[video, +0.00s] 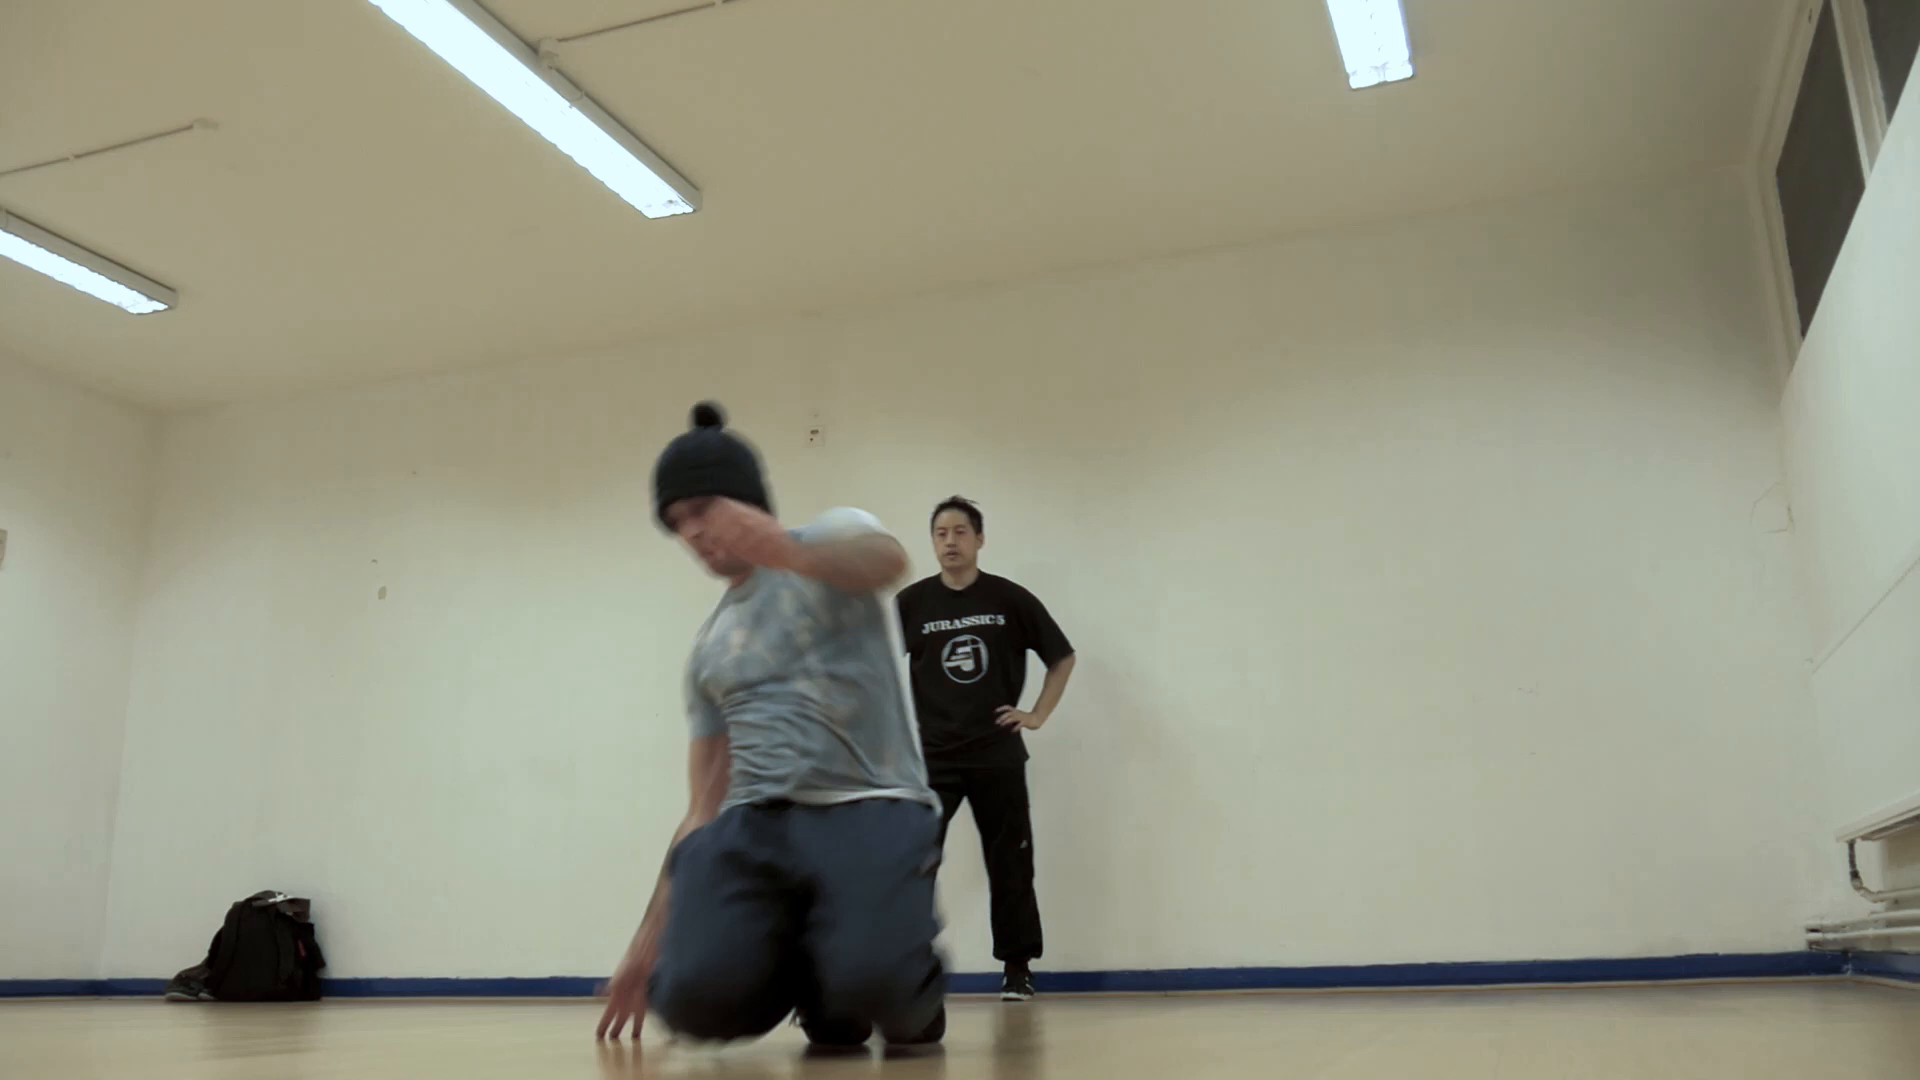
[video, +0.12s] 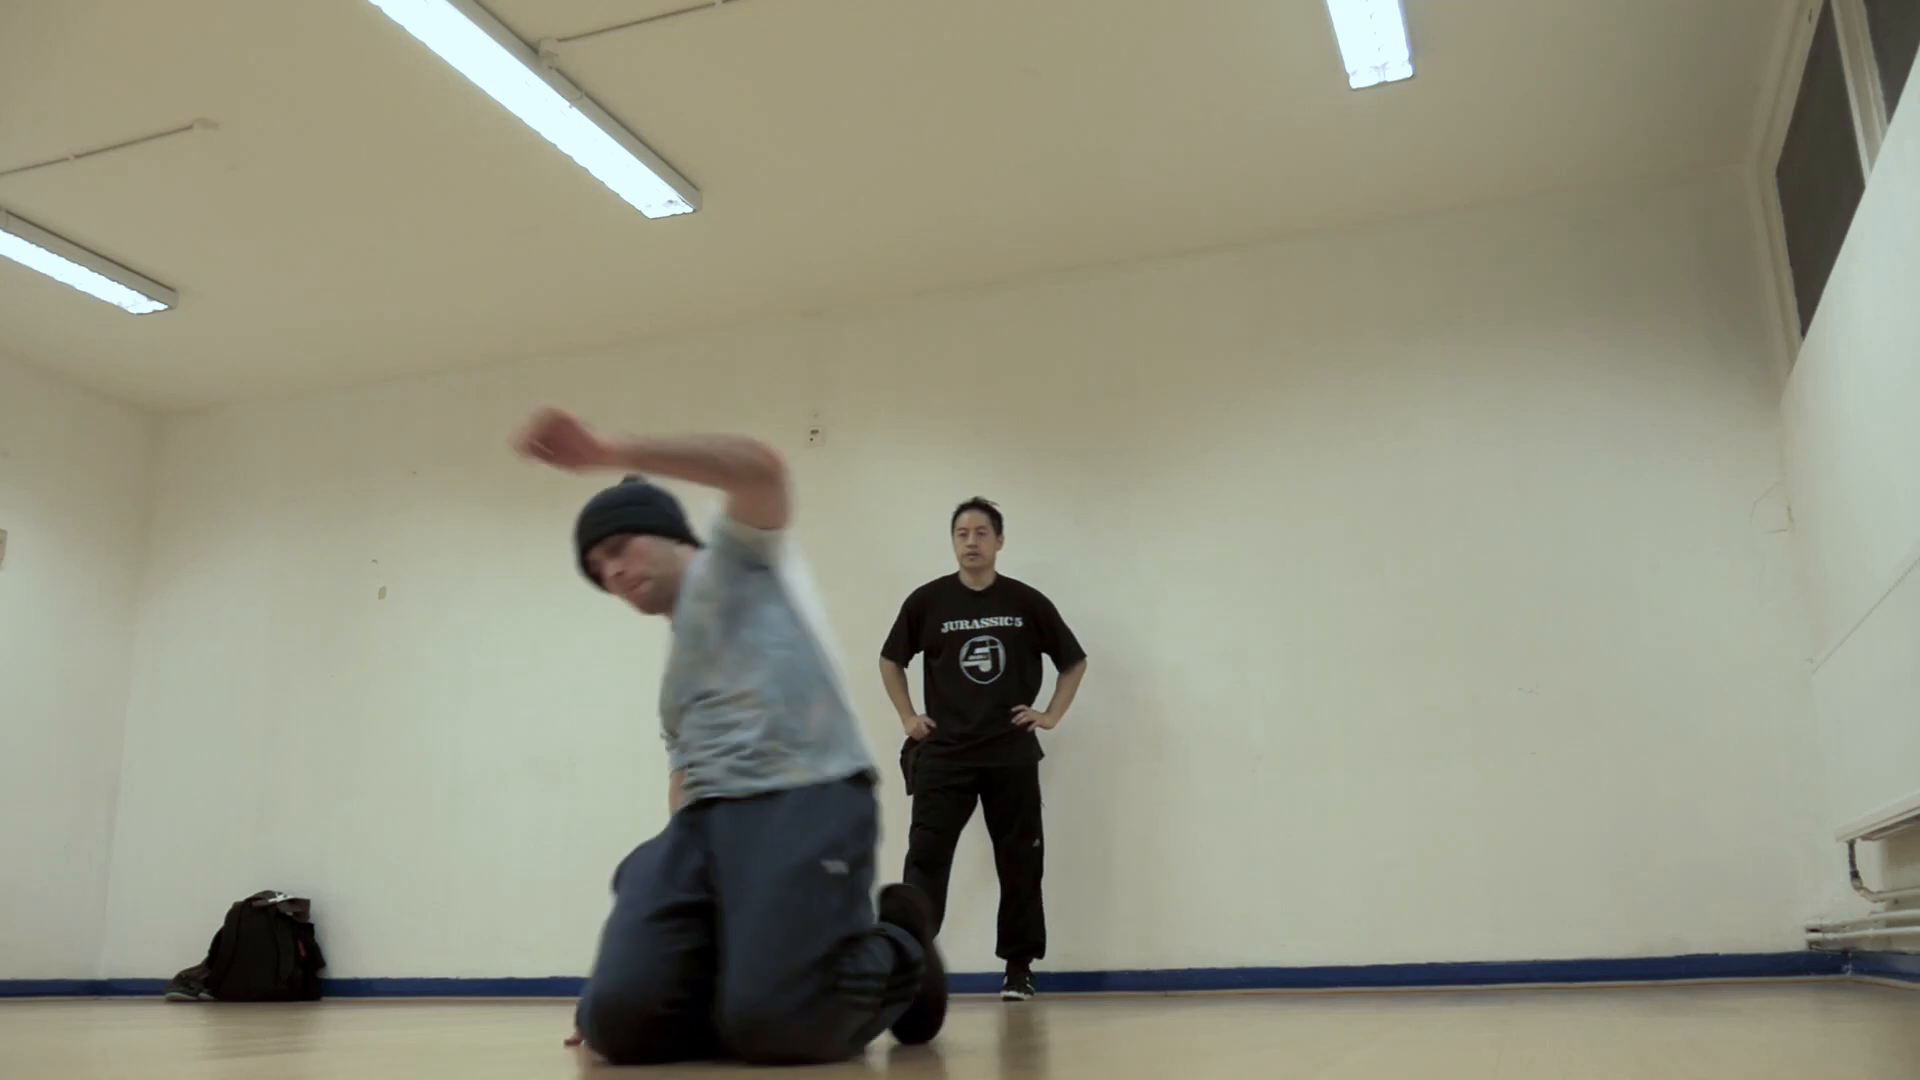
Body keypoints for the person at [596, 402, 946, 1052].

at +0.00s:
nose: (692, 533)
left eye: (700, 510)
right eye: (677, 524)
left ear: (743, 495)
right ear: (674, 535)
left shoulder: (825, 539)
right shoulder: (711, 646)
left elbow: (890, 562)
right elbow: (706, 813)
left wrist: (785, 550)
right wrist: (642, 957)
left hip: (869, 814)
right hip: (750, 831)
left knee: (871, 980)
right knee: (696, 1003)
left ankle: (912, 1005)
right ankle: (816, 982)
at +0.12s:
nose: (615, 573)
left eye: (621, 547)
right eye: (600, 572)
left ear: (666, 528)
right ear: (606, 590)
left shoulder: (739, 560)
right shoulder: (677, 679)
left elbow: (760, 468)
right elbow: (683, 810)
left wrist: (607, 451)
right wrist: (608, 1008)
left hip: (805, 806)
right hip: (702, 830)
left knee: (771, 1030)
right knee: (624, 1027)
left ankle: (901, 952)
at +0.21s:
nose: (576, 579)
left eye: (579, 555)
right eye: (565, 579)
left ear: (617, 529)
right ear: (576, 592)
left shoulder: (677, 548)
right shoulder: (647, 634)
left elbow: (718, 444)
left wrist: (591, 417)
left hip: (765, 792)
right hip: (691, 826)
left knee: (682, 1019)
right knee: (576, 1017)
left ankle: (935, 956)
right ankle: (891, 1025)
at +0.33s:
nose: (522, 567)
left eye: (527, 542)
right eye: (508, 568)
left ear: (567, 522)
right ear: (519, 586)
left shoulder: (606, 541)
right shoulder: (606, 642)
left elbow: (657, 507)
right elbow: (623, 758)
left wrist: (702, 464)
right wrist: (624, 842)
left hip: (719, 745)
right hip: (816, 774)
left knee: (592, 1010)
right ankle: (849, 1006)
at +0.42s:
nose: (501, 559)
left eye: (506, 533)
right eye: (485, 558)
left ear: (551, 514)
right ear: (495, 580)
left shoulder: (593, 527)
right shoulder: (590, 656)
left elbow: (679, 492)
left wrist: (746, 462)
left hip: (704, 715)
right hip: (810, 771)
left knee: (577, 1017)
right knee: (646, 1025)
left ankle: (663, 919)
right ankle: (778, 1010)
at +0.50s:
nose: (489, 548)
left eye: (491, 521)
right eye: (475, 551)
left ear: (535, 499)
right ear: (487, 573)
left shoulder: (600, 509)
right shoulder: (577, 657)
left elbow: (694, 445)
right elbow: (603, 758)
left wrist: (701, 407)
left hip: (712, 698)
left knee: (543, 922)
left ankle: (717, 955)